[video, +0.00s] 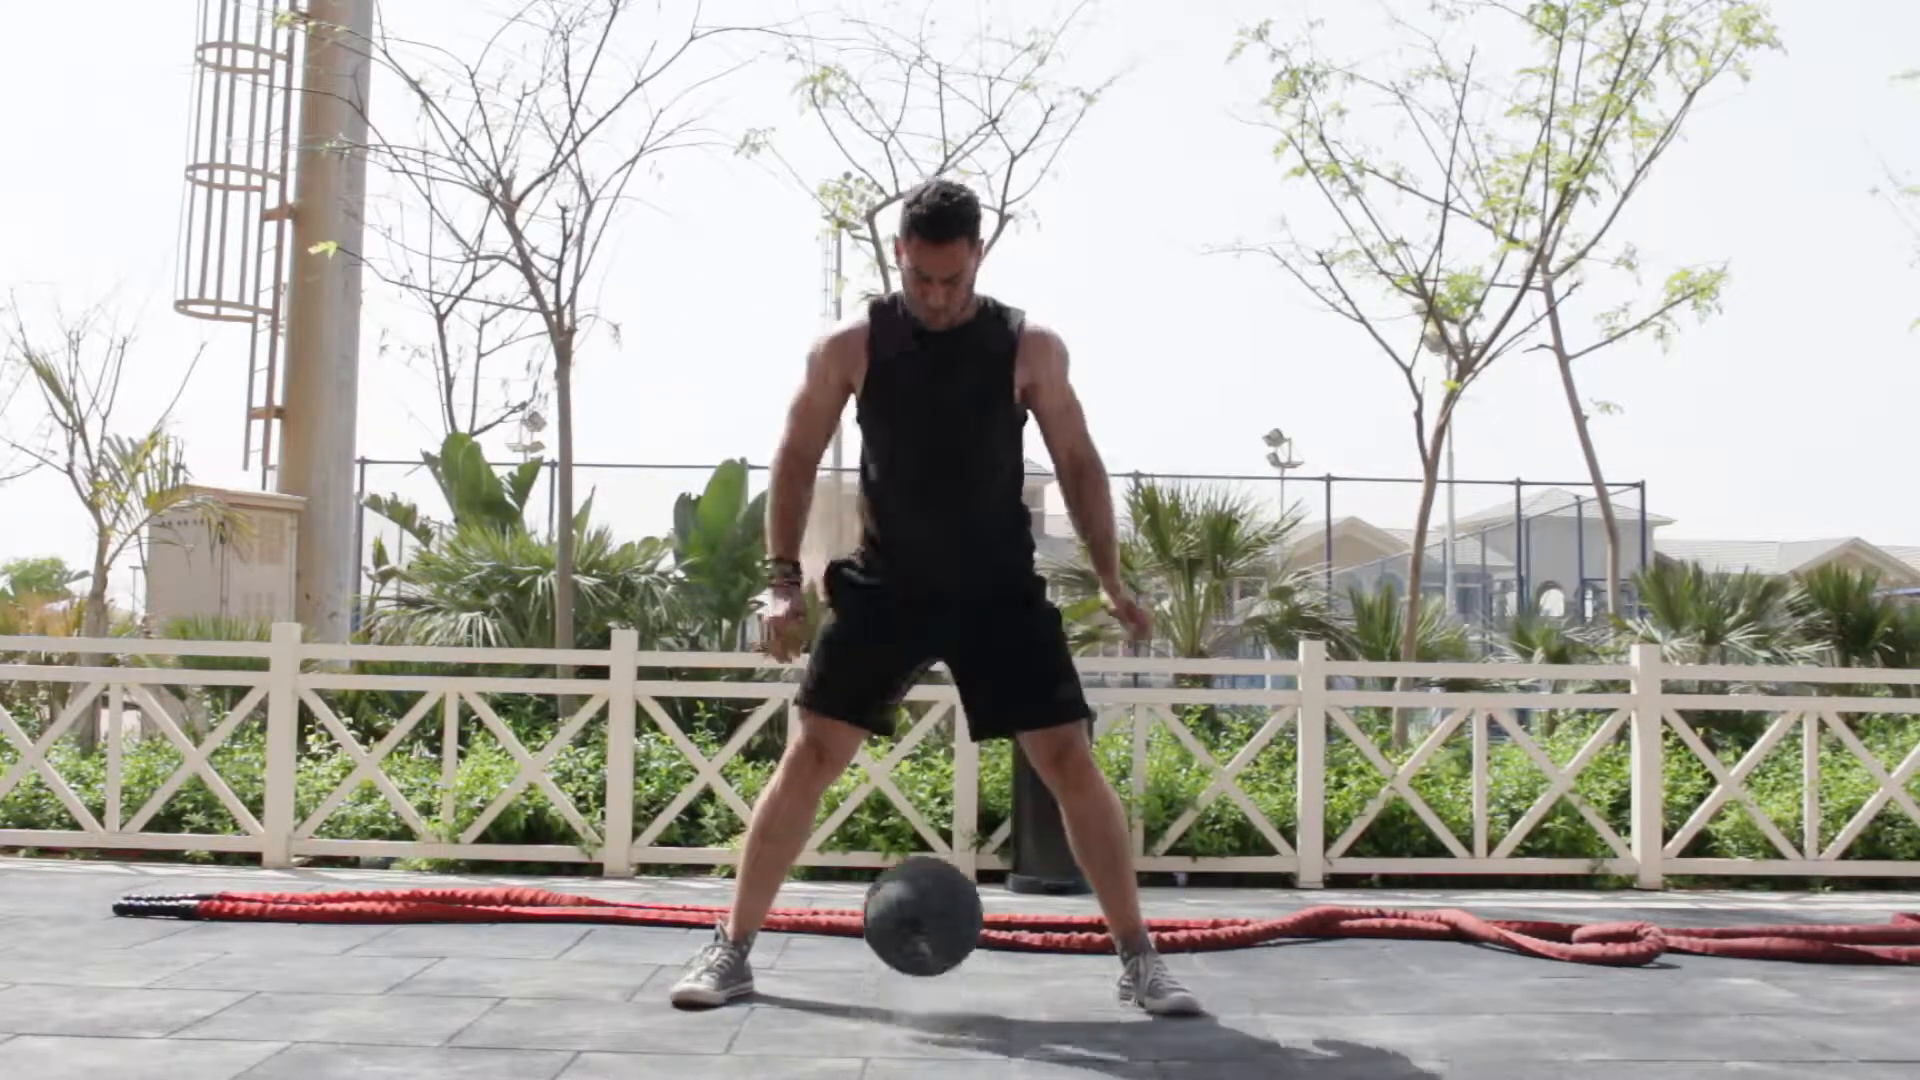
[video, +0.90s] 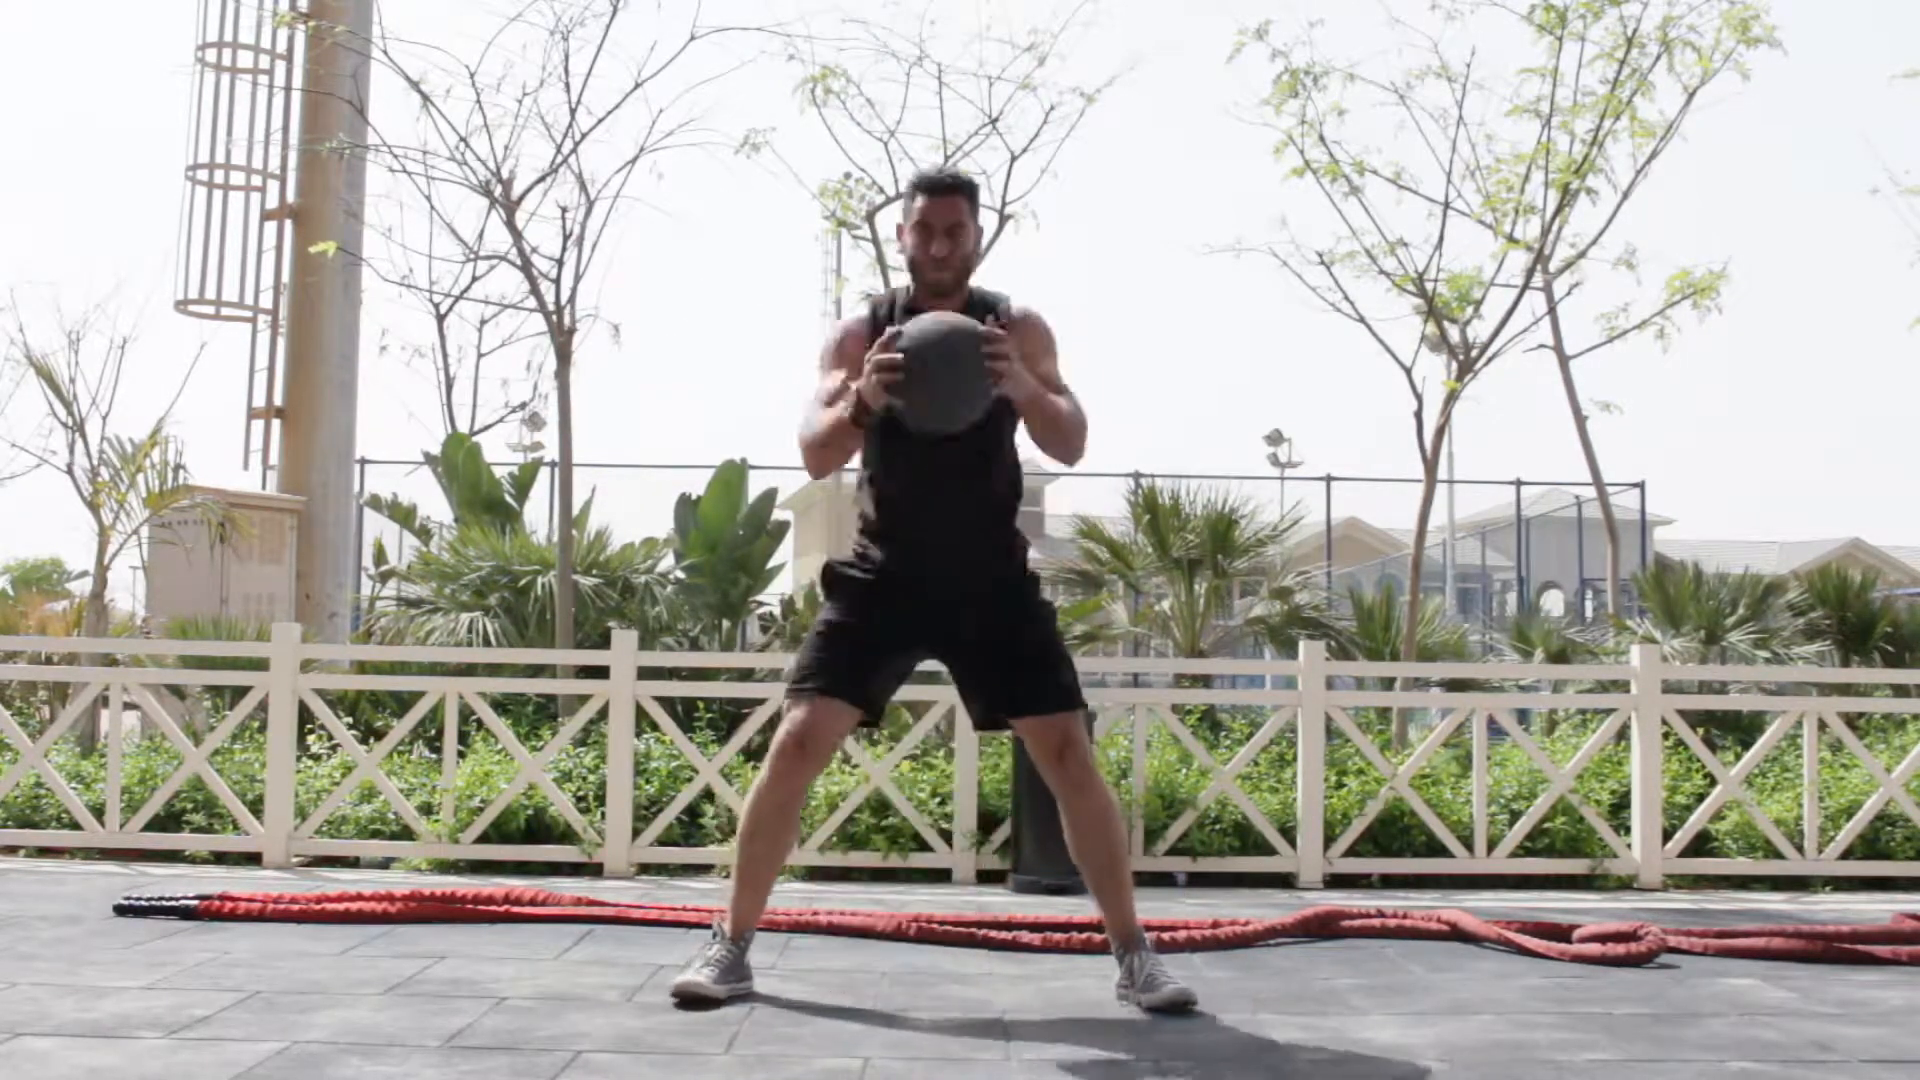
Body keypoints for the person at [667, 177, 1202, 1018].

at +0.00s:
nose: (939, 296)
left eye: (954, 279)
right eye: (924, 278)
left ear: (979, 262)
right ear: (898, 259)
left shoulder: (1031, 353)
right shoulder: (849, 352)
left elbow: (1079, 466)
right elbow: (796, 461)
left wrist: (1110, 578)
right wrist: (783, 577)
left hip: (999, 596)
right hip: (886, 592)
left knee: (1067, 756)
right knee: (809, 755)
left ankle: (1140, 958)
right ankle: (731, 948)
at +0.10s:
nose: (933, 348)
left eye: (949, 330)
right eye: (918, 330)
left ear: (976, 307)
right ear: (891, 306)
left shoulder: (1026, 387)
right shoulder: (845, 388)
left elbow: (1067, 509)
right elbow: (802, 514)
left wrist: (1070, 635)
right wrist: (810, 641)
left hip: (999, 604)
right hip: (888, 602)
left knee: (1085, 750)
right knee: (797, 738)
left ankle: (1138, 959)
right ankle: (731, 947)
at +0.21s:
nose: (928, 454)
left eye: (944, 439)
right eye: (913, 437)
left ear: (971, 411)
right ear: (891, 408)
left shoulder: (1017, 476)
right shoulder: (846, 486)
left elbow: (1038, 626)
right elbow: (820, 630)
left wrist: (1023, 765)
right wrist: (835, 762)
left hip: (993, 645)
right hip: (884, 644)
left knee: (1097, 746)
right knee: (774, 745)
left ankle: (1137, 957)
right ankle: (729, 952)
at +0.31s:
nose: (929, 587)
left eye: (946, 571)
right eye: (914, 570)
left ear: (971, 540)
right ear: (887, 534)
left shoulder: (1015, 581)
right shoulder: (837, 586)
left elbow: (1013, 740)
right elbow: (833, 744)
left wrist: (993, 880)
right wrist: (841, 880)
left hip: (986, 699)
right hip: (874, 698)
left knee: (1103, 755)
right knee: (756, 754)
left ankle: (1138, 961)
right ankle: (727, 953)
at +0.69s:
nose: (935, 476)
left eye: (951, 458)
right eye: (920, 457)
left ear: (976, 445)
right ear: (895, 439)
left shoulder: (1019, 514)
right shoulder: (849, 518)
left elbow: (1026, 646)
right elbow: (837, 642)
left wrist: (990, 759)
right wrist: (846, 744)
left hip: (990, 672)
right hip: (877, 670)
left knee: (1096, 755)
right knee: (755, 747)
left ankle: (1139, 963)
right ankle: (725, 953)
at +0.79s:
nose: (935, 334)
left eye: (951, 319)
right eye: (920, 318)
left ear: (974, 322)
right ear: (895, 317)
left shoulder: (1022, 412)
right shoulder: (847, 419)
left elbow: (1048, 517)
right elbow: (828, 528)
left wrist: (1020, 576)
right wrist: (856, 580)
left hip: (993, 597)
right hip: (877, 599)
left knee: (1076, 745)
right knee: (780, 739)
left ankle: (1139, 959)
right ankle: (729, 950)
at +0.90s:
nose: (940, 244)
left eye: (955, 230)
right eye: (924, 230)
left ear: (978, 239)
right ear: (901, 239)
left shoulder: (1017, 329)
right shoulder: (860, 335)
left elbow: (1070, 444)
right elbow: (817, 456)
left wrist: (1025, 389)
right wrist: (858, 401)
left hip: (993, 577)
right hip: (886, 575)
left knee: (1066, 747)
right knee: (800, 737)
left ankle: (1134, 956)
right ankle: (730, 949)